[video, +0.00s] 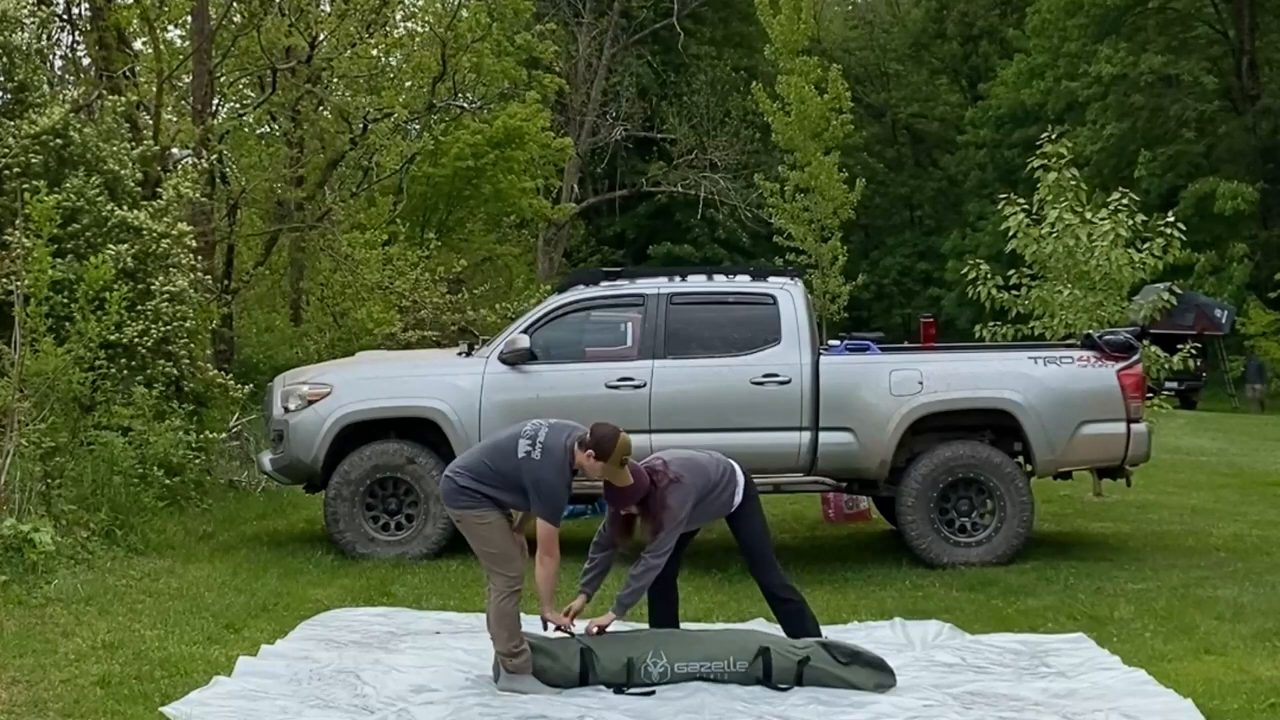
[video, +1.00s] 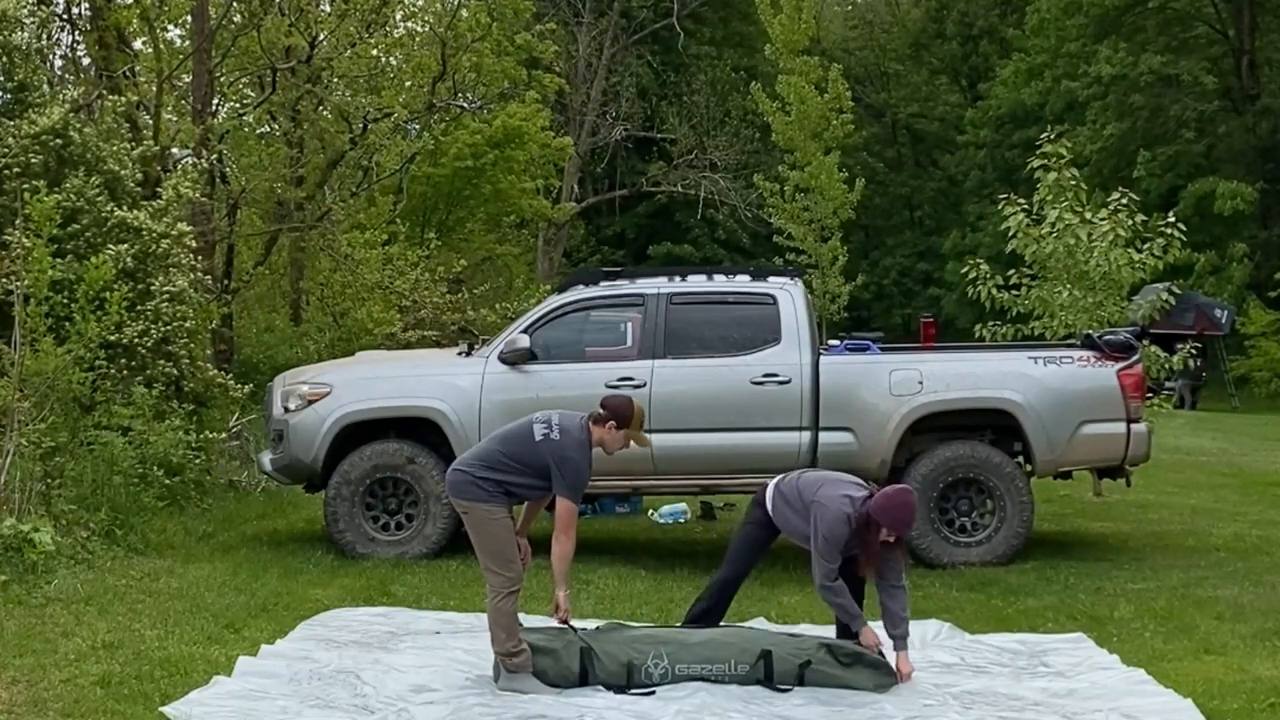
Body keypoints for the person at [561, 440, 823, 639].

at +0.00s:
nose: (625, 514)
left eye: (629, 508)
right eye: (620, 509)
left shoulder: (673, 490)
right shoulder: (620, 486)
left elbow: (655, 557)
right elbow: (606, 541)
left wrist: (615, 613)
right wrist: (583, 595)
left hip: (734, 488)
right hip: (687, 501)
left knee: (768, 577)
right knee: (662, 575)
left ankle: (815, 649)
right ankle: (666, 652)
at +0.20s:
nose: (681, 491)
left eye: (685, 485)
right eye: (674, 487)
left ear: (694, 473)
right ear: (658, 475)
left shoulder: (716, 474)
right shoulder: (653, 476)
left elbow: (713, 545)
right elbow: (649, 529)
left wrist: (681, 599)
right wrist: (646, 581)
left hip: (749, 489)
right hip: (697, 499)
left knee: (777, 576)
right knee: (672, 572)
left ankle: (816, 649)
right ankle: (667, 645)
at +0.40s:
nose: (795, 492)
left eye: (800, 487)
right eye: (790, 487)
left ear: (808, 475)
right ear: (774, 478)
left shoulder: (813, 485)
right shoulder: (741, 481)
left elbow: (837, 538)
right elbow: (742, 543)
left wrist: (858, 599)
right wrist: (771, 596)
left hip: (792, 509)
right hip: (740, 508)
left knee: (820, 572)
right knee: (704, 566)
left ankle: (833, 645)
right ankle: (673, 638)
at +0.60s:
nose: (870, 525)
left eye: (877, 520)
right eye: (867, 517)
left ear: (886, 515)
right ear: (856, 505)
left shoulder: (878, 515)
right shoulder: (817, 502)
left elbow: (884, 573)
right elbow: (807, 567)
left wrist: (896, 638)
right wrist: (840, 615)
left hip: (824, 511)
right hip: (770, 496)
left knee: (847, 574)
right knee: (729, 571)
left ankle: (846, 644)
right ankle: (685, 640)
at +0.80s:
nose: (882, 532)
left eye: (888, 527)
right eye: (879, 524)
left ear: (894, 522)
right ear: (865, 511)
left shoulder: (884, 522)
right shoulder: (828, 507)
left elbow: (886, 578)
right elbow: (821, 575)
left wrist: (895, 644)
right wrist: (853, 624)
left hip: (825, 514)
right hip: (775, 496)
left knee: (852, 578)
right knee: (730, 572)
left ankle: (847, 651)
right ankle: (684, 641)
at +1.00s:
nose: (889, 538)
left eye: (896, 533)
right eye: (886, 529)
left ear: (903, 528)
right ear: (873, 516)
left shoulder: (888, 525)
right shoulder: (836, 511)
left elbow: (893, 586)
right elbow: (826, 582)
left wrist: (901, 650)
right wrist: (861, 626)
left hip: (828, 516)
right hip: (776, 499)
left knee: (853, 581)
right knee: (729, 576)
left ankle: (848, 657)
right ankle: (687, 642)